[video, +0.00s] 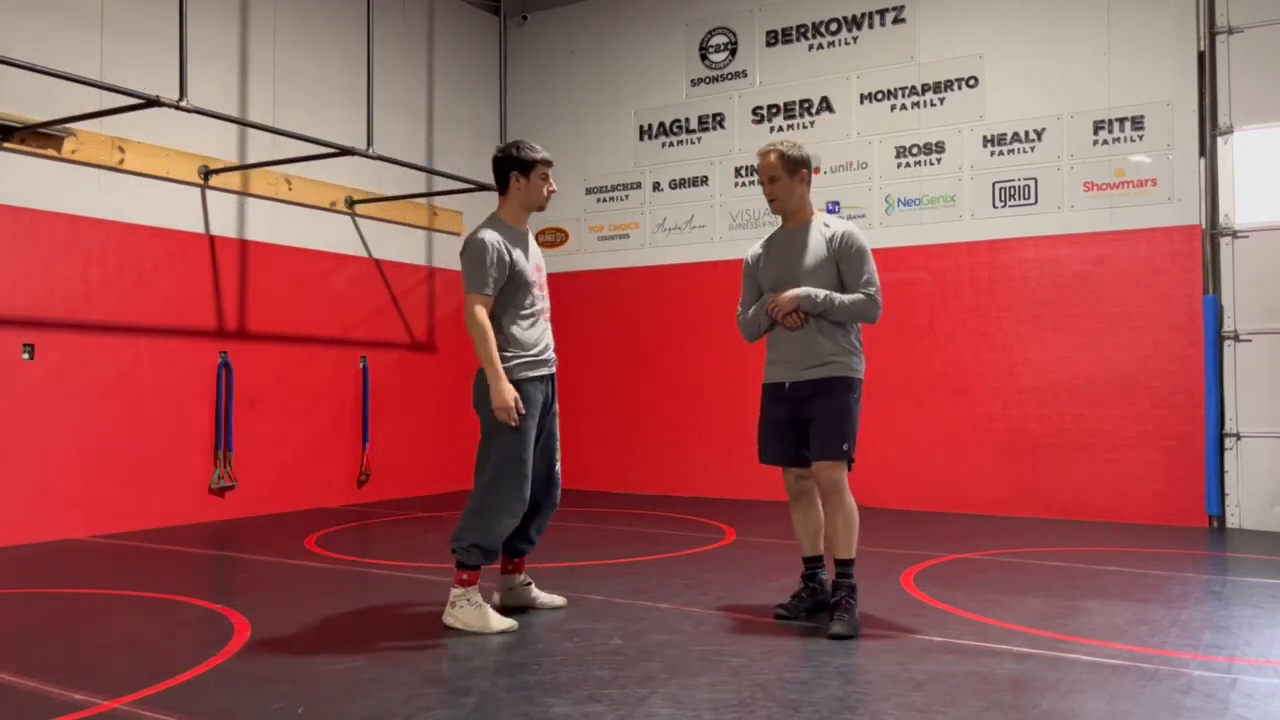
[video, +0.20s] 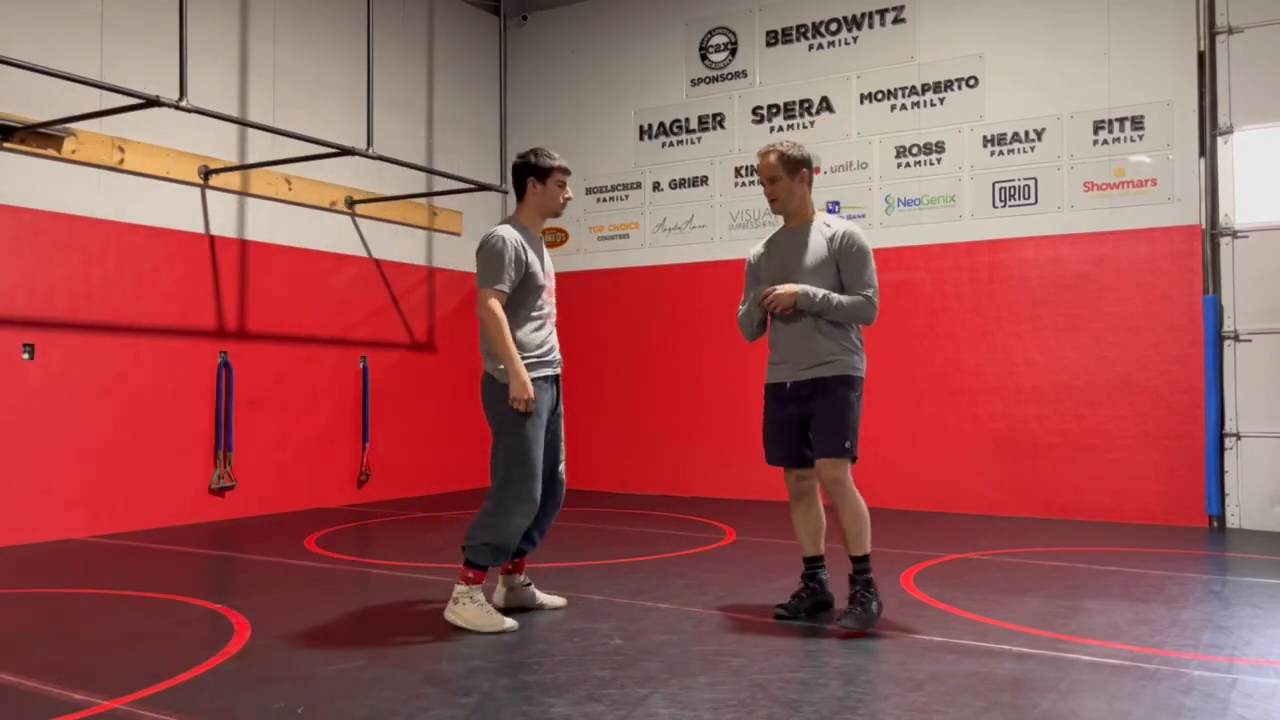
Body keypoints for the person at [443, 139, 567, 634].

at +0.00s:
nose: (552, 186)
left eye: (551, 177)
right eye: (544, 177)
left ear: (525, 183)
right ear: (515, 182)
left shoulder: (526, 238)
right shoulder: (486, 242)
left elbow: (528, 312)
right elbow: (476, 314)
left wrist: (543, 370)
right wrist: (498, 383)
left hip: (541, 378)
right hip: (510, 381)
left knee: (541, 485)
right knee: (502, 486)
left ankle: (513, 583)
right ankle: (463, 596)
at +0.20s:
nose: (568, 192)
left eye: (568, 185)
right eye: (561, 184)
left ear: (543, 189)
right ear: (533, 186)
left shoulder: (537, 245)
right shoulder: (503, 240)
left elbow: (533, 315)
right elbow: (489, 308)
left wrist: (546, 369)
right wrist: (516, 374)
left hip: (545, 380)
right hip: (516, 382)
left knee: (549, 486)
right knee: (518, 488)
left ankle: (513, 583)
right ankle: (466, 594)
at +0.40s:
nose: (580, 199)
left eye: (581, 191)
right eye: (574, 189)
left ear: (556, 194)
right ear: (546, 190)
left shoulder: (546, 248)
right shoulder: (515, 237)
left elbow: (542, 321)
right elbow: (487, 296)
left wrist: (556, 371)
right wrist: (520, 355)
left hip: (542, 381)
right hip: (514, 381)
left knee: (545, 480)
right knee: (534, 476)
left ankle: (510, 581)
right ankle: (477, 582)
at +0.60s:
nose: (584, 199)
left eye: (585, 192)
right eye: (577, 190)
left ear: (557, 194)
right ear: (547, 190)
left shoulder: (546, 248)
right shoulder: (515, 238)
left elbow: (544, 320)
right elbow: (488, 296)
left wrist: (560, 377)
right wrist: (524, 357)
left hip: (545, 385)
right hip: (517, 385)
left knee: (549, 486)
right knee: (525, 485)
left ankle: (513, 583)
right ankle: (494, 605)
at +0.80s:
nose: (584, 196)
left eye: (585, 188)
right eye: (577, 187)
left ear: (556, 190)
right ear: (546, 186)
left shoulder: (545, 244)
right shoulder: (513, 237)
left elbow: (543, 315)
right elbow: (490, 297)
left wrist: (559, 365)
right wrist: (525, 360)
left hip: (545, 383)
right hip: (514, 385)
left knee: (560, 488)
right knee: (528, 489)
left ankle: (517, 580)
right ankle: (495, 608)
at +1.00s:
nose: (591, 197)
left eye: (591, 189)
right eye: (584, 188)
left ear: (562, 191)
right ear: (554, 188)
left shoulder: (554, 246)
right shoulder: (515, 242)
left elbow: (542, 324)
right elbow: (492, 313)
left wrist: (558, 376)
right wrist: (520, 379)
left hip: (544, 385)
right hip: (506, 387)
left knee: (574, 482)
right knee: (524, 495)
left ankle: (545, 569)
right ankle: (496, 608)